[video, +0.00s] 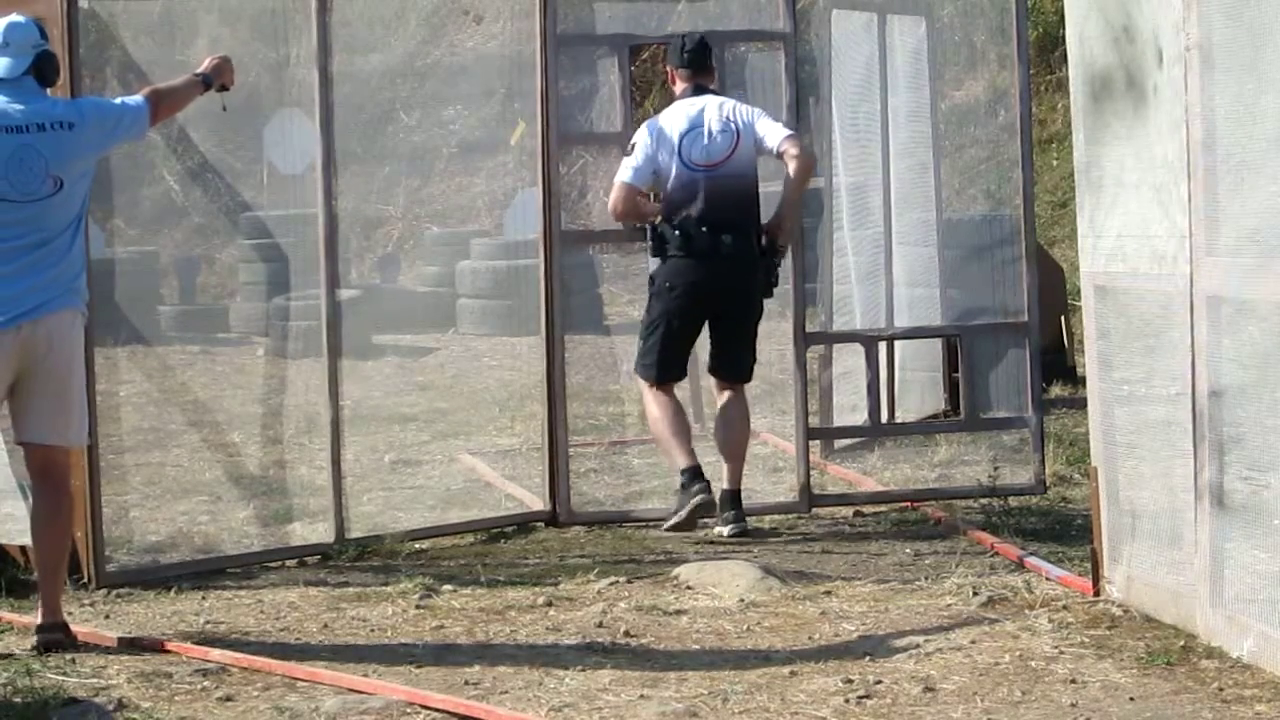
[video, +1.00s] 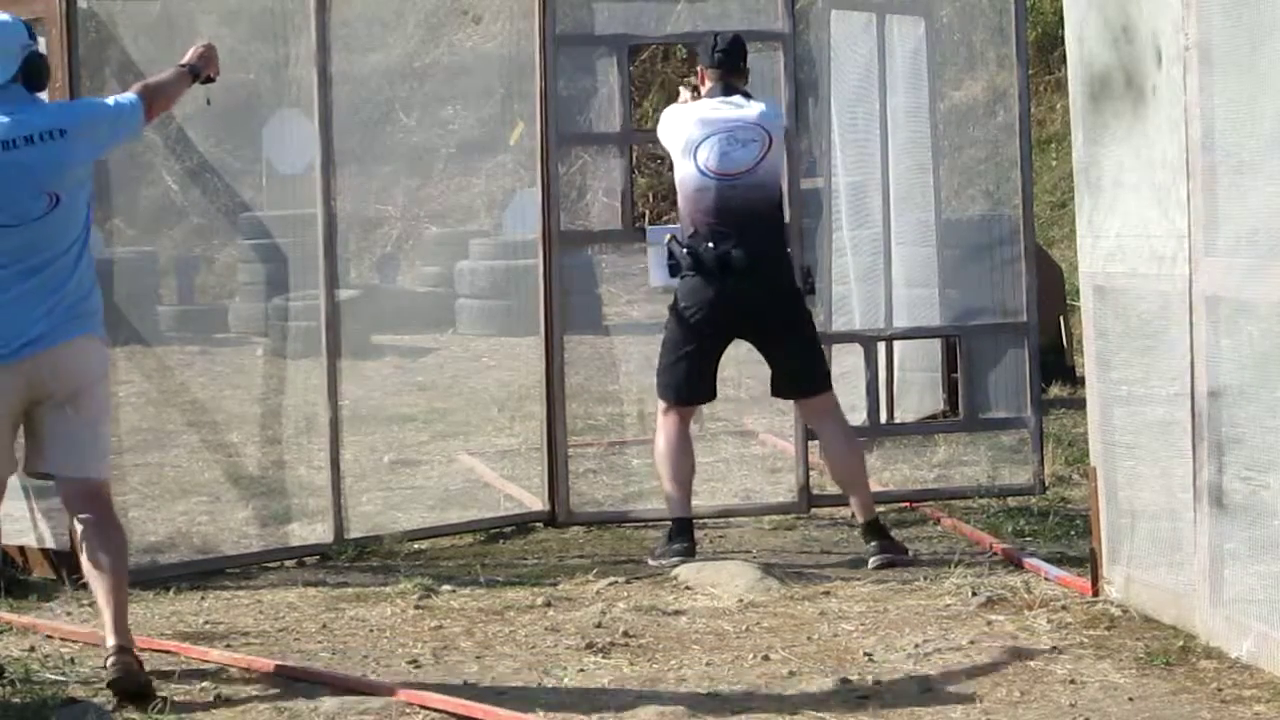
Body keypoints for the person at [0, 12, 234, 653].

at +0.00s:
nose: (52, 71)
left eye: (42, 61)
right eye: (49, 63)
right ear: (44, 68)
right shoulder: (69, 121)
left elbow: (149, 107)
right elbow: (151, 105)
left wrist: (195, 81)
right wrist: (204, 77)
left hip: (11, 316)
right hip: (48, 313)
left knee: (48, 470)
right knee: (50, 470)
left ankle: (47, 614)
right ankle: (50, 618)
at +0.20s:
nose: (51, 76)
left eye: (43, 67)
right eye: (46, 69)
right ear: (40, 77)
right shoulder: (63, 131)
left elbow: (142, 116)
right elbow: (146, 114)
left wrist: (185, 92)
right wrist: (195, 87)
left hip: (13, 325)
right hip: (46, 323)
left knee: (46, 468)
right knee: (50, 468)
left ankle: (47, 614)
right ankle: (50, 618)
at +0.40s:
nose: (31, 84)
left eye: (22, 75)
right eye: (27, 77)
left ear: (3, 89)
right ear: (24, 86)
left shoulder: (34, 139)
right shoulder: (45, 140)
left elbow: (134, 119)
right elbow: (137, 117)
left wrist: (177, 93)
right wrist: (186, 88)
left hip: (18, 334)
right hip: (39, 332)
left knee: (42, 477)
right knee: (45, 474)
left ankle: (49, 616)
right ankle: (52, 619)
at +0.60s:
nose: (19, 84)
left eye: (12, 78)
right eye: (17, 77)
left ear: (4, 83)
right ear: (14, 80)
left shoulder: (29, 127)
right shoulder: (32, 126)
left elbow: (121, 109)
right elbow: (124, 107)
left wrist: (169, 83)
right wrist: (177, 79)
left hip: (21, 321)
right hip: (30, 320)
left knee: (47, 460)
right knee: (49, 458)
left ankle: (58, 602)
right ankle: (57, 605)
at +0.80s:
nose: (21, 89)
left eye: (13, 82)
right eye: (20, 80)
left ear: (2, 83)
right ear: (16, 81)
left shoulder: (30, 125)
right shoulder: (34, 123)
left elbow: (123, 105)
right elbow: (126, 102)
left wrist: (169, 76)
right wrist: (176, 70)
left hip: (16, 328)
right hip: (36, 325)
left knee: (60, 468)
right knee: (65, 470)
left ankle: (80, 585)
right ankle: (83, 584)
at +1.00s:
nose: (41, 69)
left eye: (31, 58)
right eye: (36, 61)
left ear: (2, 74)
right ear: (29, 70)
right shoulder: (63, 125)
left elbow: (144, 103)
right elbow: (146, 101)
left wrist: (184, 72)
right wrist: (192, 66)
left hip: (9, 348)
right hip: (72, 336)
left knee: (6, 508)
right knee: (92, 503)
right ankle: (120, 645)